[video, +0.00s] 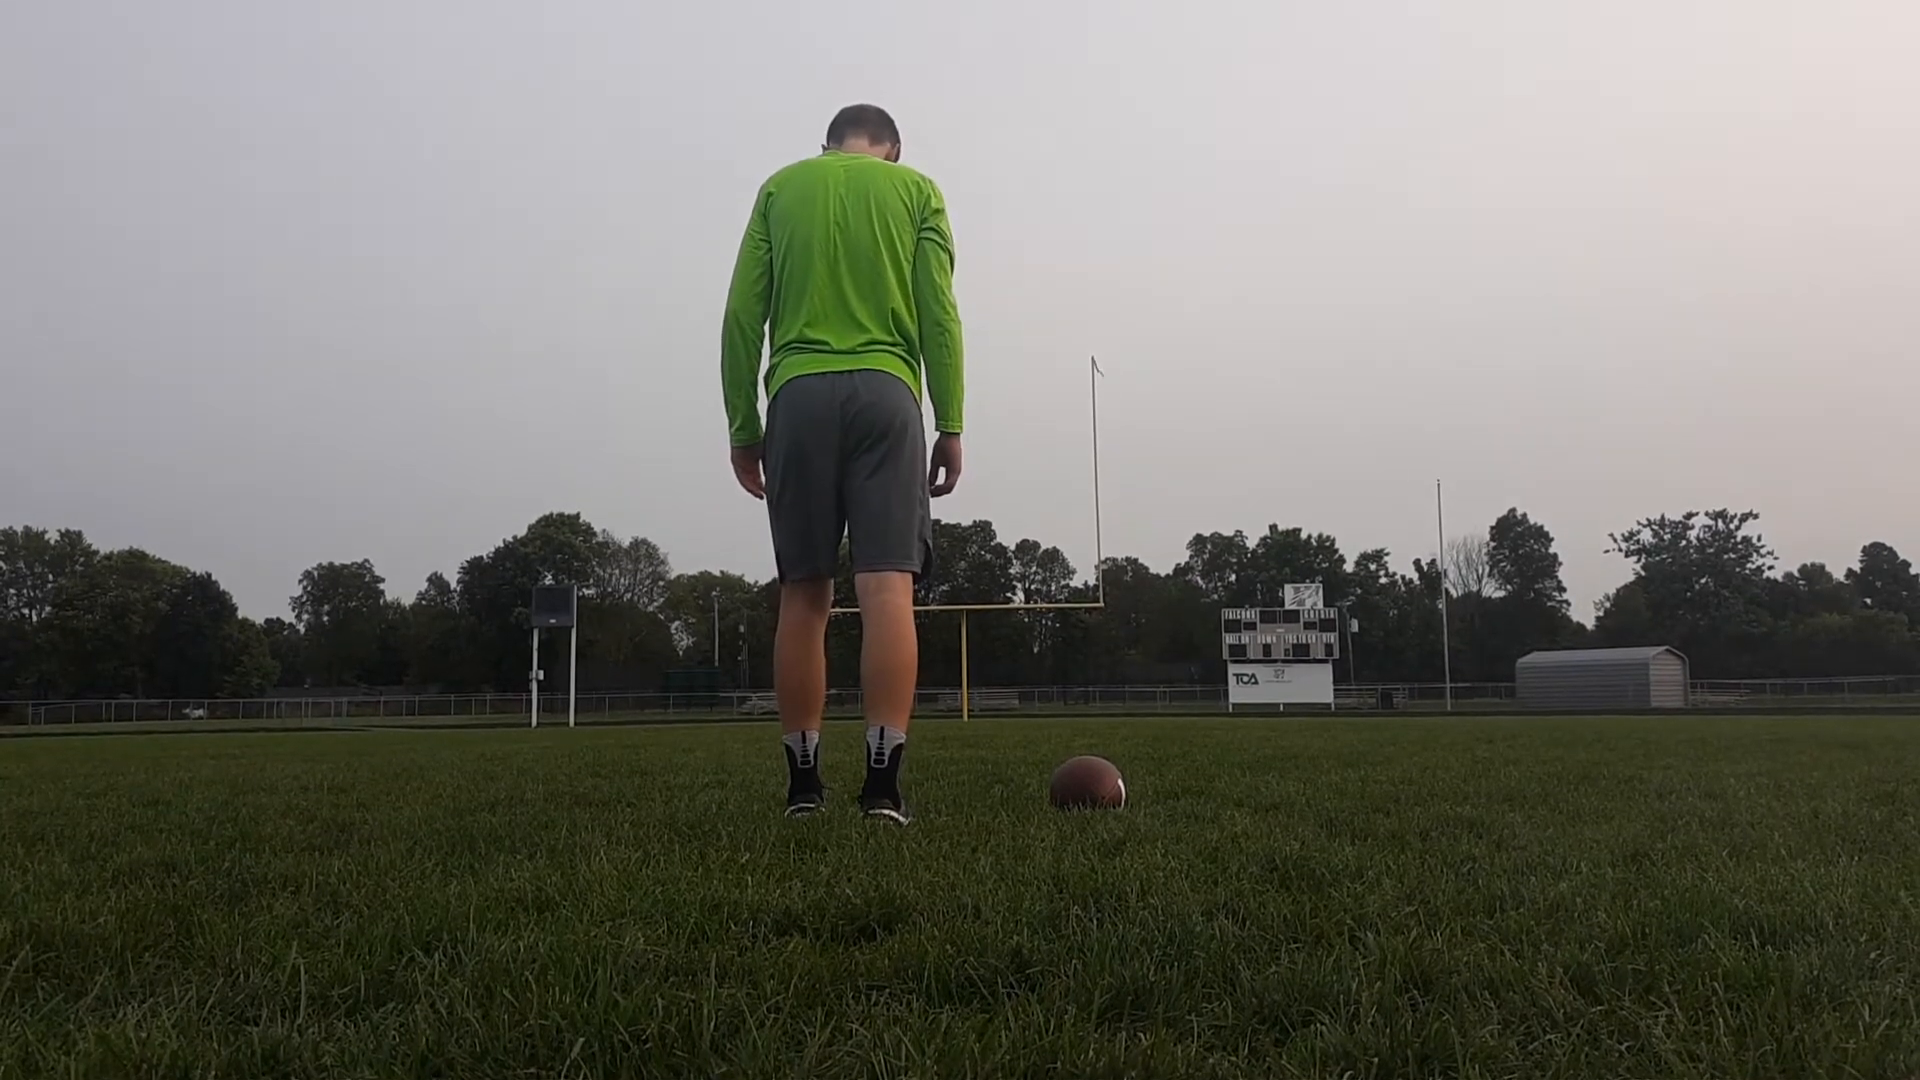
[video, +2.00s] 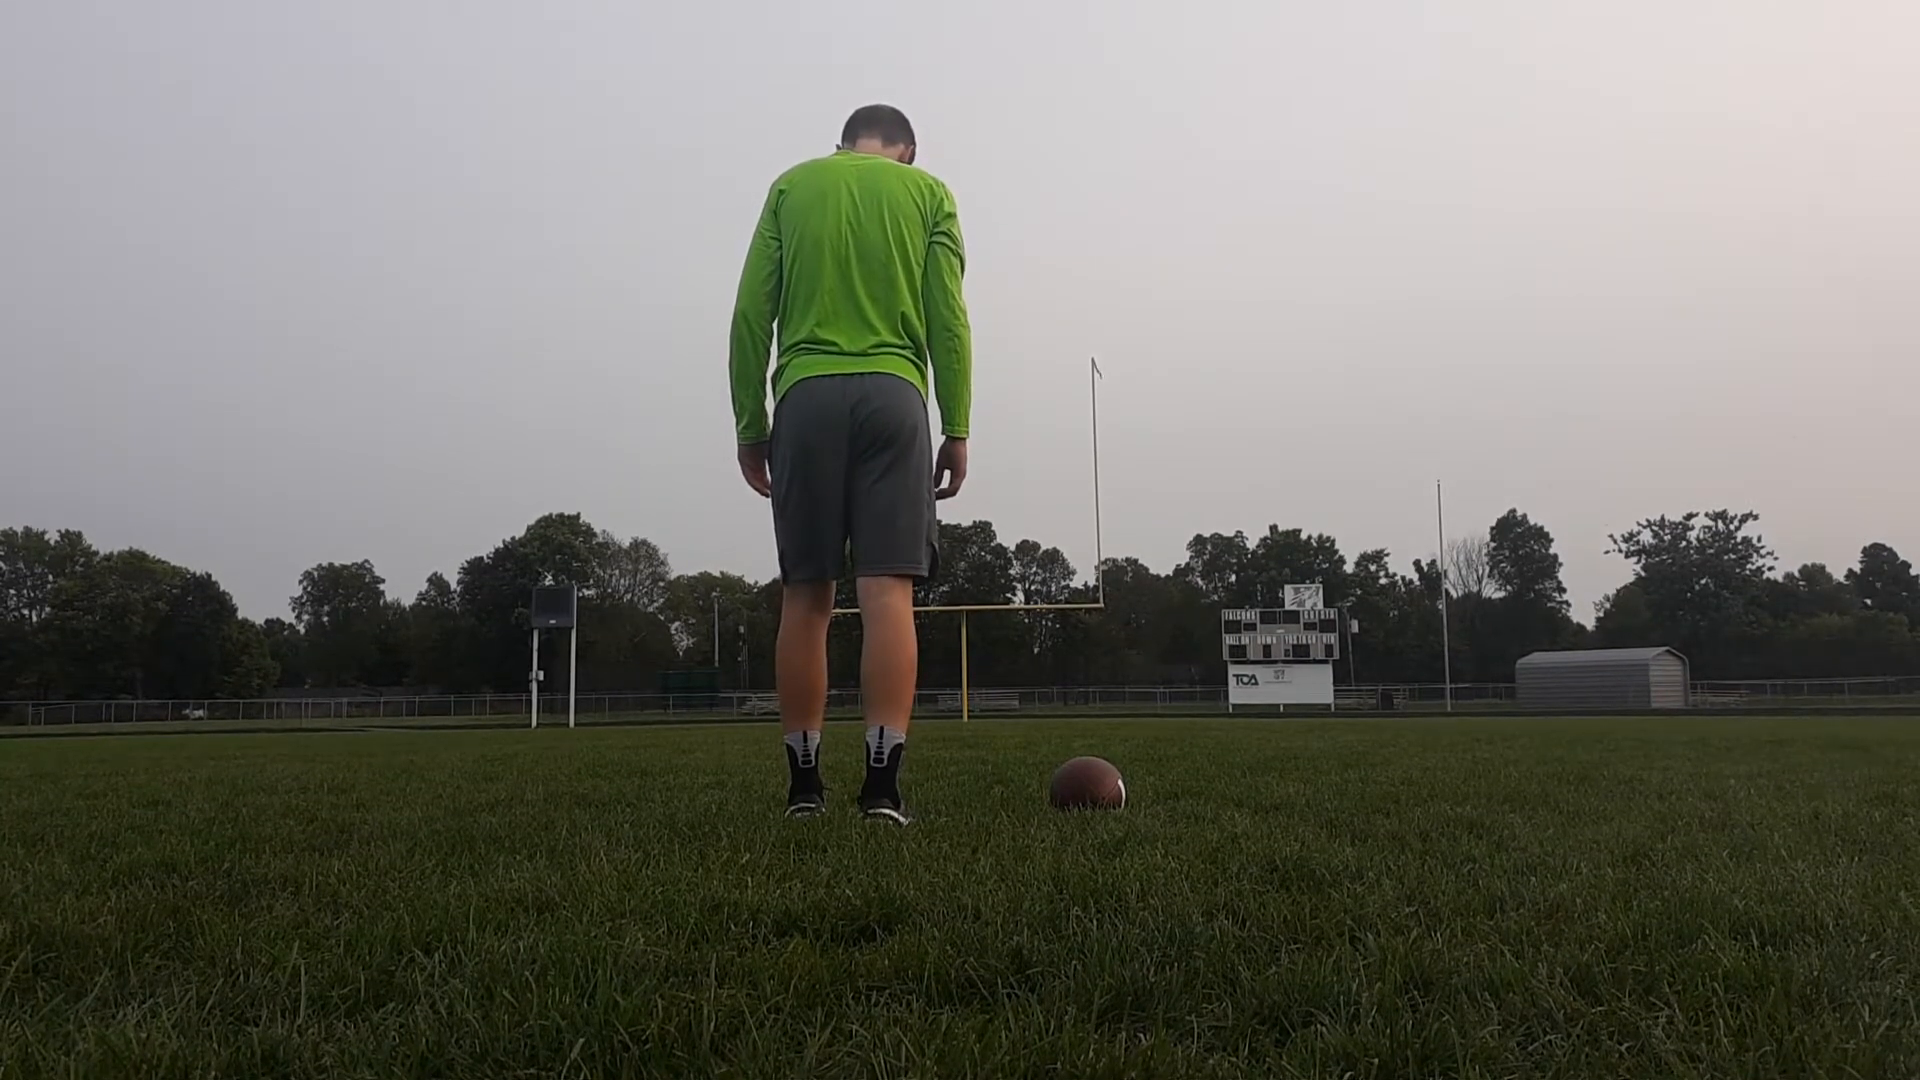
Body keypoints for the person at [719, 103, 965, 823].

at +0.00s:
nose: (894, 164)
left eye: (886, 155)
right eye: (896, 154)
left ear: (827, 142)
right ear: (891, 146)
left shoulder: (780, 186)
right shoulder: (914, 187)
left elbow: (743, 310)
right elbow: (937, 306)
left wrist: (743, 428)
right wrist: (950, 424)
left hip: (798, 396)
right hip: (885, 394)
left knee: (803, 591)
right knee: (886, 589)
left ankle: (803, 784)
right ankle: (882, 787)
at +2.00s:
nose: (910, 170)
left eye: (905, 161)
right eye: (912, 160)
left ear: (843, 141)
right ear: (906, 148)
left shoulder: (792, 184)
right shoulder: (927, 191)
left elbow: (751, 310)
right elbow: (947, 313)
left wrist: (751, 426)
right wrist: (957, 427)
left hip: (807, 397)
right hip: (893, 397)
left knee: (806, 593)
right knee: (889, 591)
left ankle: (805, 787)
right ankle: (882, 792)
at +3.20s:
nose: (868, 50)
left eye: (819, 40)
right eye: (873, 38)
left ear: (797, 34)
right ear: (874, 33)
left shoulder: (754, 93)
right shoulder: (923, 91)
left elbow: (698, 258)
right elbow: (972, 219)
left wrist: (720, 384)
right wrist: (983, 357)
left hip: (788, 342)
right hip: (894, 350)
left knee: (795, 582)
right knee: (887, 586)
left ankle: (804, 818)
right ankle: (887, 786)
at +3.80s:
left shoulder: (710, 2)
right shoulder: (929, 4)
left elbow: (647, 105)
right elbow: (974, 99)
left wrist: (653, 285)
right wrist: (998, 271)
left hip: (756, 253)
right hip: (882, 247)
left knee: (786, 547)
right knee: (906, 534)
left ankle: (803, 826)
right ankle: (892, 730)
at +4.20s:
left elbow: (618, 7)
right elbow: (1051, 16)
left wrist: (610, 184)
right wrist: (1060, 200)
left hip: (749, 157)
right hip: (906, 148)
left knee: (790, 493)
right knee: (899, 505)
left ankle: (792, 801)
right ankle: (879, 864)